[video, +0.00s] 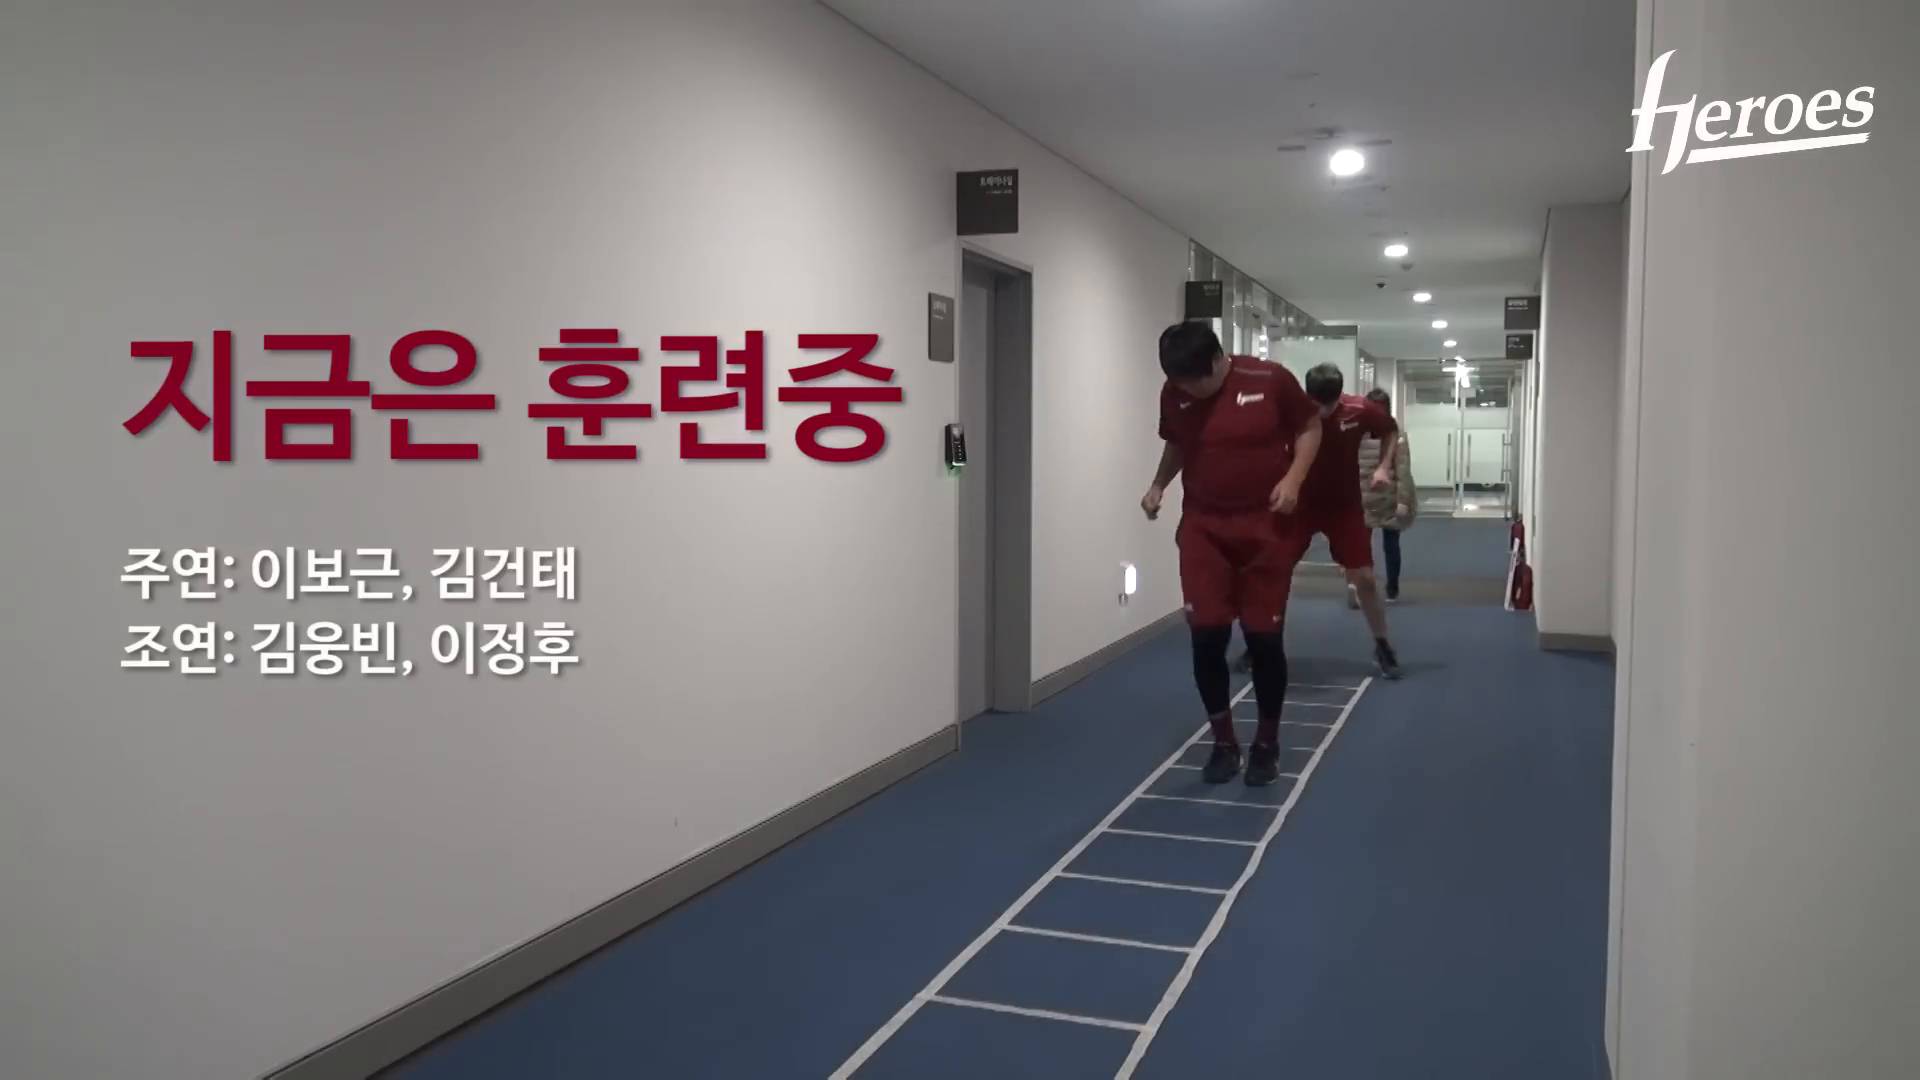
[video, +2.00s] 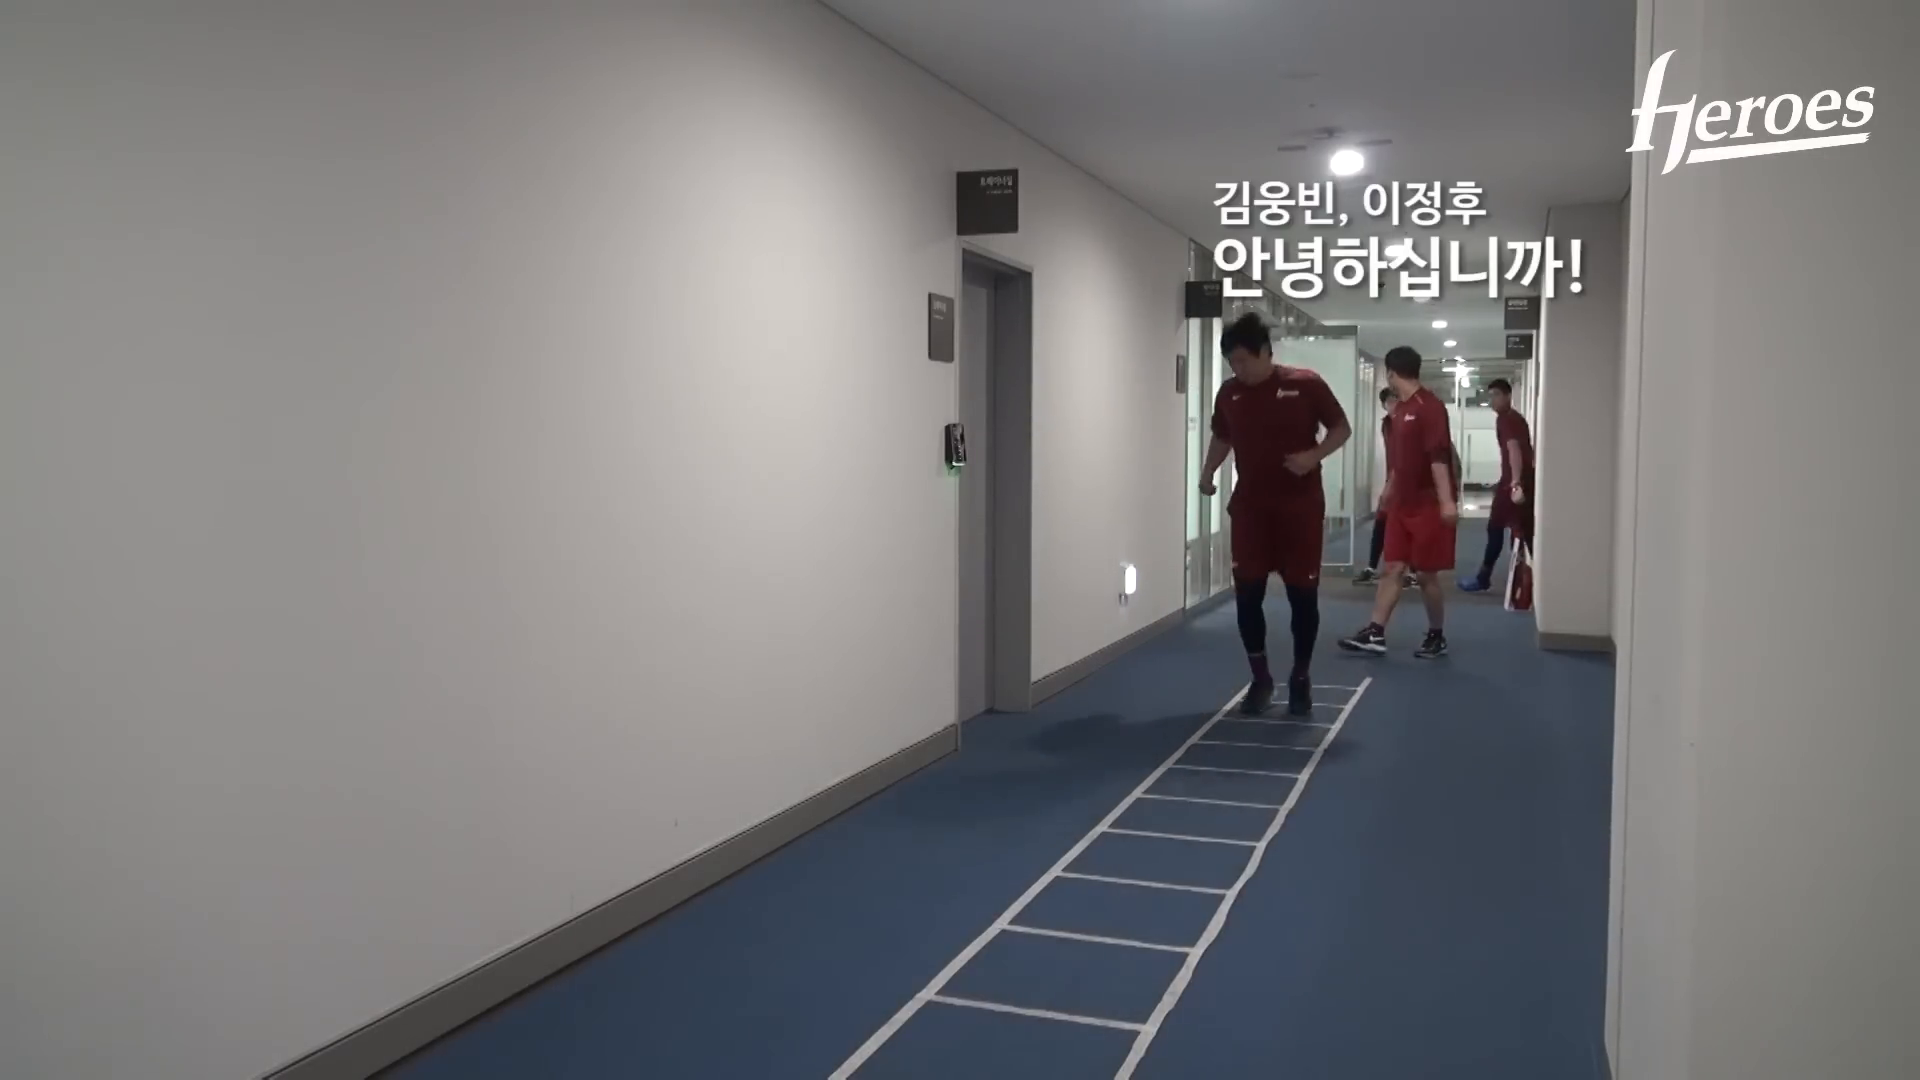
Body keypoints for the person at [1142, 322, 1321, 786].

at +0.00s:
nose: (1190, 393)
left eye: (1197, 385)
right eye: (1182, 386)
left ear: (1219, 363)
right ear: (1172, 375)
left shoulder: (1271, 380)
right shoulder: (1175, 394)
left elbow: (1311, 427)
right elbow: (1176, 443)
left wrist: (1293, 479)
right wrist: (1157, 484)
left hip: (1267, 531)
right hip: (1203, 531)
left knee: (1263, 639)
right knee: (1206, 639)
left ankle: (1266, 743)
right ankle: (1224, 742)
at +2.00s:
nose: (1235, 368)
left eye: (1240, 360)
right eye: (1231, 361)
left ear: (1263, 353)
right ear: (1230, 357)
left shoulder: (1306, 384)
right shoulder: (1229, 393)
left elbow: (1341, 429)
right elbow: (1222, 437)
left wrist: (1315, 455)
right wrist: (1208, 471)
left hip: (1300, 510)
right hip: (1250, 508)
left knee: (1303, 598)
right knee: (1247, 597)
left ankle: (1300, 678)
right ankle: (1261, 680)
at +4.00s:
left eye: (1231, 362)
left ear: (1231, 363)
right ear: (1261, 361)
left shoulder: (1229, 398)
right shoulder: (1285, 397)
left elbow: (1226, 442)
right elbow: (1306, 450)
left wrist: (1216, 489)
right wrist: (1286, 475)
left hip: (1245, 498)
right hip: (1284, 498)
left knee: (1217, 571)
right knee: (1287, 573)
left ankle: (1198, 648)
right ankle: (1293, 653)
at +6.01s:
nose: (1270, 377)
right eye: (1270, 372)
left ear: (1245, 375)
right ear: (1272, 373)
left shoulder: (1231, 402)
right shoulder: (1283, 400)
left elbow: (1215, 443)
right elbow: (1313, 413)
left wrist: (1208, 476)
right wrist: (1290, 385)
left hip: (1233, 489)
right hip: (1270, 488)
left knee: (1232, 553)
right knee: (1295, 545)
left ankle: (1227, 618)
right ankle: (1284, 611)